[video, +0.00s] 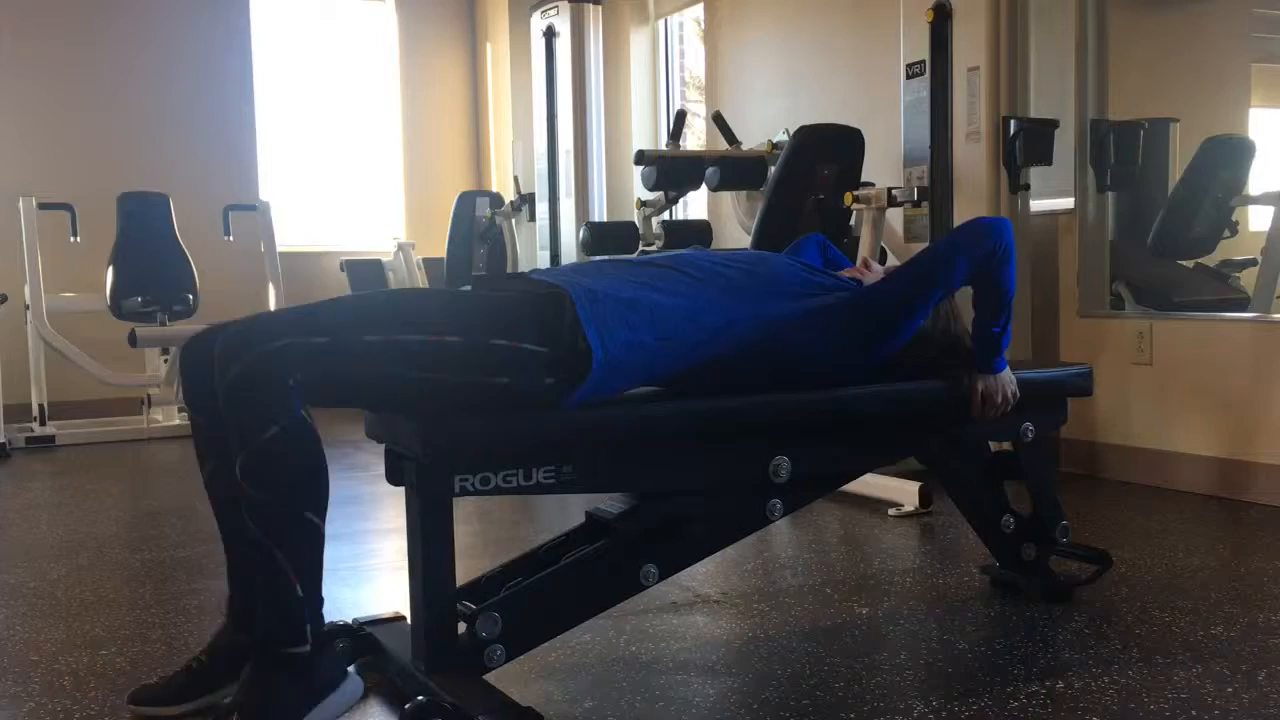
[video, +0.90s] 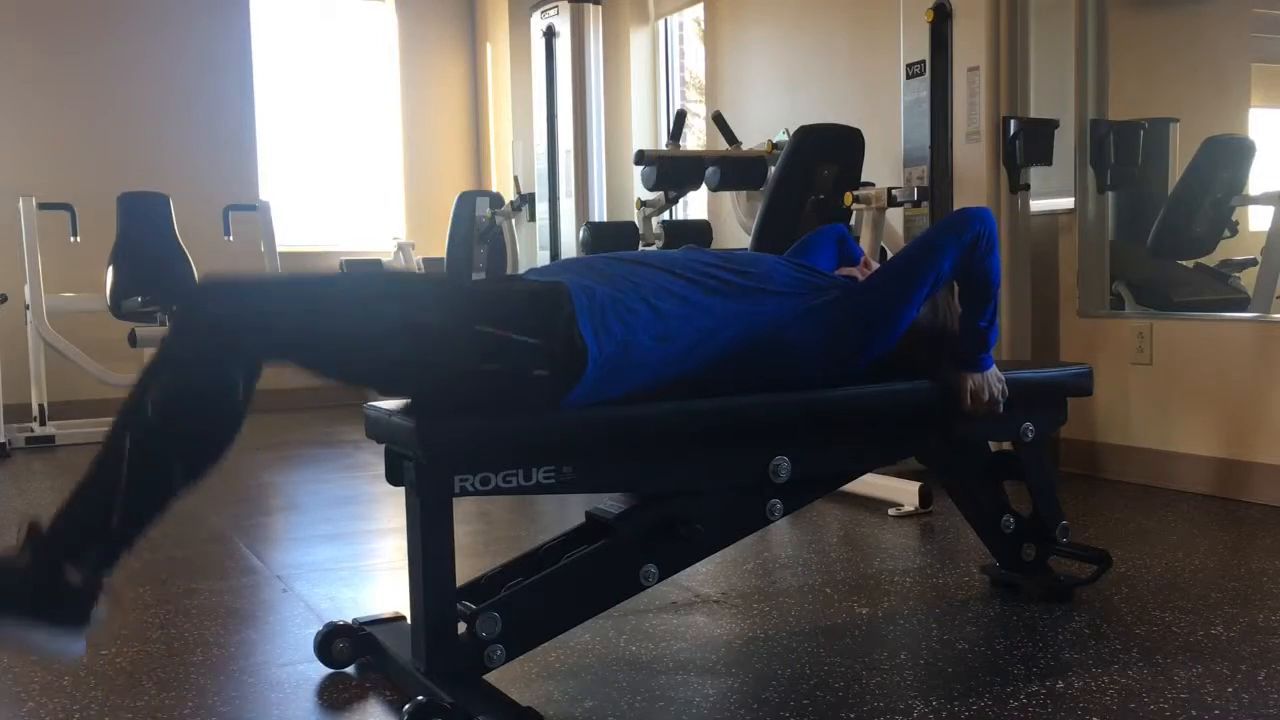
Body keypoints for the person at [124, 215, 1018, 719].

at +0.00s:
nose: (911, 276)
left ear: (914, 311)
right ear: (886, 287)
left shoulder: (859, 323)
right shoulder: (777, 280)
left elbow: (991, 230)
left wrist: (991, 360)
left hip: (551, 332)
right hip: (511, 302)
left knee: (249, 370)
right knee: (206, 357)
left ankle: (303, 644)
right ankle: (252, 625)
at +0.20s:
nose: (852, 248)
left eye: (864, 253)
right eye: (846, 244)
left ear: (874, 291)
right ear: (818, 270)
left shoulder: (854, 319)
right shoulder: (758, 282)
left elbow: (985, 229)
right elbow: (816, 211)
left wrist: (982, 354)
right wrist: (861, 270)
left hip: (548, 333)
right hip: (505, 297)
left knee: (233, 338)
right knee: (217, 325)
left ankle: (243, 622)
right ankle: (204, 602)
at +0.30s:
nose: (843, 236)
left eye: (852, 233)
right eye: (837, 229)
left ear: (864, 277)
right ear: (819, 253)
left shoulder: (850, 316)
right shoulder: (738, 273)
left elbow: (979, 223)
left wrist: (980, 354)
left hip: (539, 335)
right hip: (500, 302)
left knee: (222, 365)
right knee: (213, 355)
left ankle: (182, 653)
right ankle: (156, 637)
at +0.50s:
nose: (840, 234)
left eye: (850, 231)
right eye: (835, 226)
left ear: (856, 272)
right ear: (813, 250)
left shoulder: (844, 313)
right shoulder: (735, 273)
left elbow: (974, 223)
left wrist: (973, 347)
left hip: (541, 332)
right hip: (504, 304)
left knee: (225, 377)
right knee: (223, 368)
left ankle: (127, 656)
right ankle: (129, 640)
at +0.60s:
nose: (849, 242)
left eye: (865, 248)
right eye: (848, 238)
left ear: (874, 283)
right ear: (822, 261)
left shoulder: (850, 315)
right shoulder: (747, 277)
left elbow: (974, 222)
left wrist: (970, 339)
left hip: (543, 334)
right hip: (508, 304)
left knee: (230, 385)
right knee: (232, 371)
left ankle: (91, 645)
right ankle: (95, 629)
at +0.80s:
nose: (852, 246)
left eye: (871, 253)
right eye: (852, 240)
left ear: (880, 287)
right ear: (829, 260)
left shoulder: (851, 317)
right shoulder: (752, 279)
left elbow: (973, 215)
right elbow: (820, 184)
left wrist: (966, 334)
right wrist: (873, 253)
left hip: (543, 335)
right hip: (506, 306)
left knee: (226, 371)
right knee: (223, 363)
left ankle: (56, 640)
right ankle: (57, 627)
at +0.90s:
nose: (865, 249)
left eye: (884, 256)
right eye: (862, 238)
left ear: (892, 292)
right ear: (834, 242)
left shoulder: (856, 324)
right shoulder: (781, 276)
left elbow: (974, 233)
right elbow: (810, 169)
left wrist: (946, 304)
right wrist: (864, 227)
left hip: (531, 345)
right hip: (503, 297)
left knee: (226, 314)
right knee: (323, 278)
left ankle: (63, 575)